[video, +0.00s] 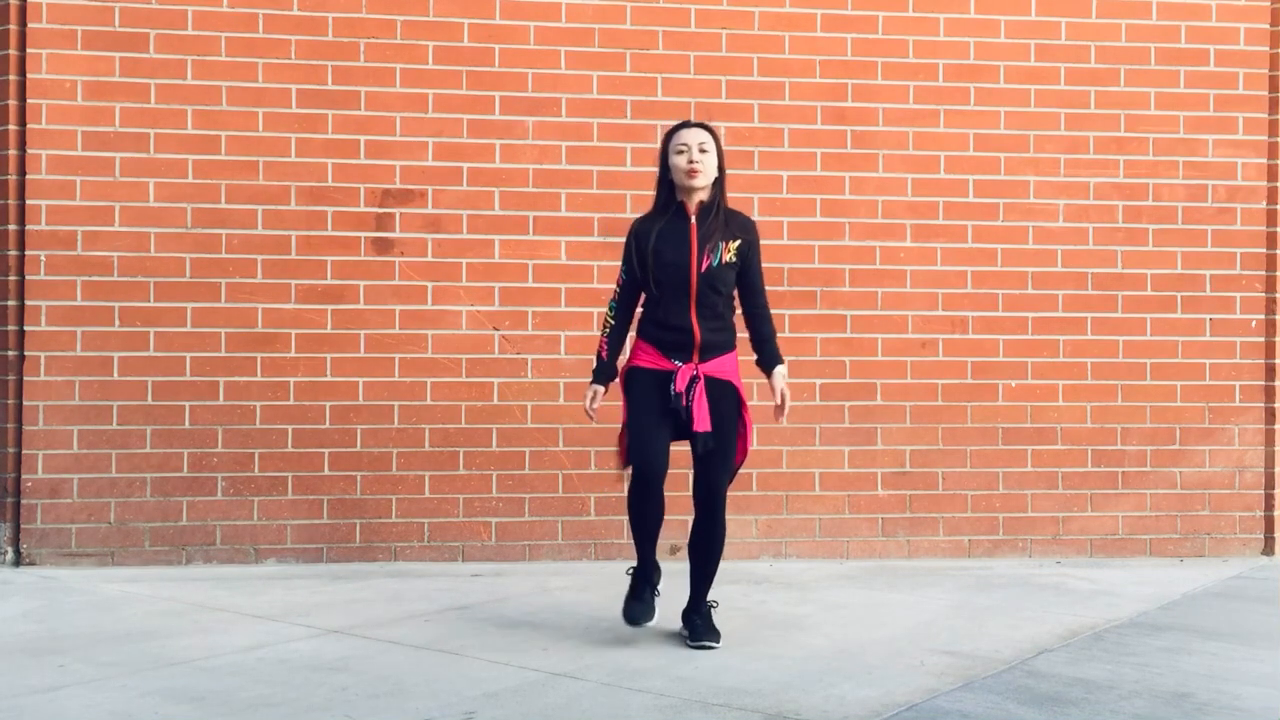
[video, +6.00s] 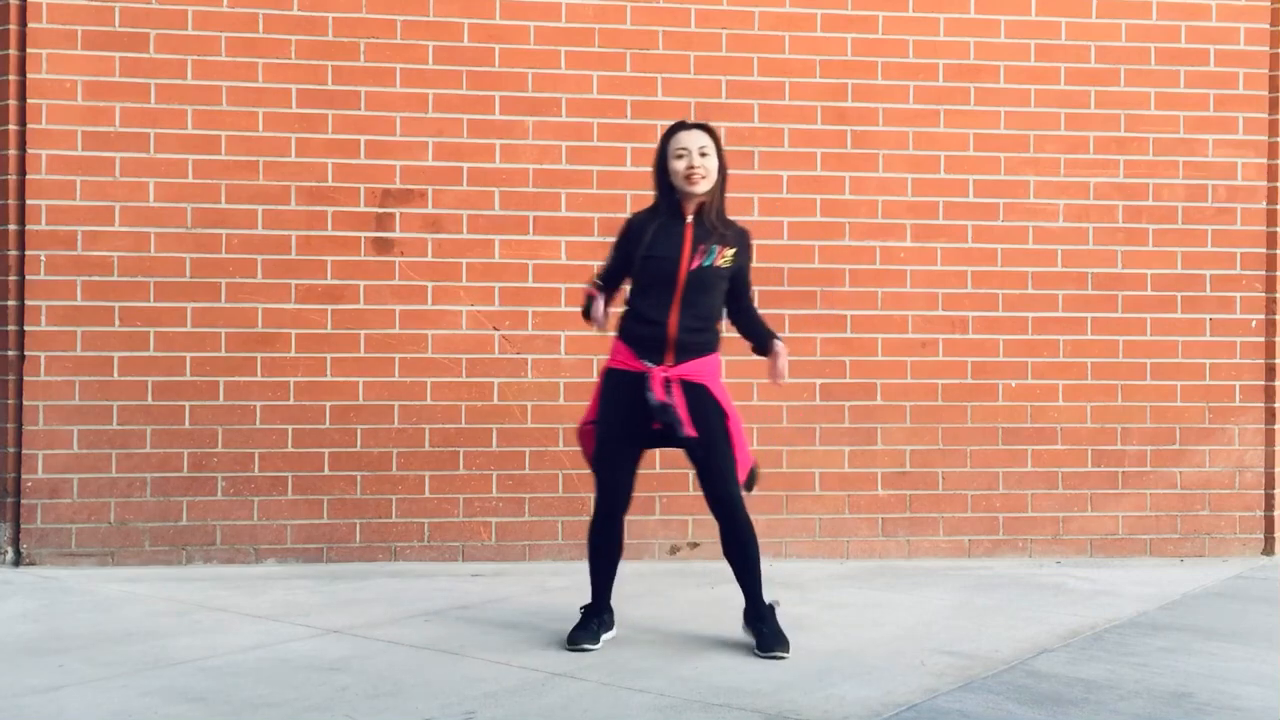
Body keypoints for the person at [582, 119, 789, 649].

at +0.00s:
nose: (693, 158)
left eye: (703, 150)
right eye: (682, 151)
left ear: (718, 162)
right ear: (666, 164)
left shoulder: (738, 228)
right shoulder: (646, 229)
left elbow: (755, 302)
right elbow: (622, 303)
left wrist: (774, 365)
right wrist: (603, 369)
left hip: (715, 371)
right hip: (651, 368)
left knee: (711, 493)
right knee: (647, 471)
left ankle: (698, 606)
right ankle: (645, 571)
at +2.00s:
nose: (705, 160)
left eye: (714, 149)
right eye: (693, 151)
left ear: (731, 156)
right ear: (679, 162)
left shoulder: (755, 220)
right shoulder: (662, 222)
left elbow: (769, 292)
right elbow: (638, 296)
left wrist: (780, 351)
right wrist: (622, 365)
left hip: (734, 367)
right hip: (667, 364)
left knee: (736, 491)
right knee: (627, 467)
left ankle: (747, 609)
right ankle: (623, 566)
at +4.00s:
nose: (707, 162)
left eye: (716, 152)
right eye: (695, 153)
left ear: (732, 159)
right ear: (678, 163)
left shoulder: (749, 229)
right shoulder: (659, 223)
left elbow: (778, 282)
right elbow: (631, 277)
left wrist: (802, 306)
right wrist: (616, 303)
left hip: (723, 375)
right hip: (658, 372)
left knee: (733, 497)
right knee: (628, 493)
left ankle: (750, 611)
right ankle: (605, 601)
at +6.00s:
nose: (694, 163)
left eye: (704, 154)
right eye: (682, 155)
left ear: (719, 164)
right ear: (665, 166)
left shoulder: (732, 240)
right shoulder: (642, 226)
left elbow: (740, 306)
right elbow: (605, 285)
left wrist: (770, 342)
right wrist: (595, 306)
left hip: (697, 381)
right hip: (630, 375)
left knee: (726, 498)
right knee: (611, 498)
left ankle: (758, 610)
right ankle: (598, 609)